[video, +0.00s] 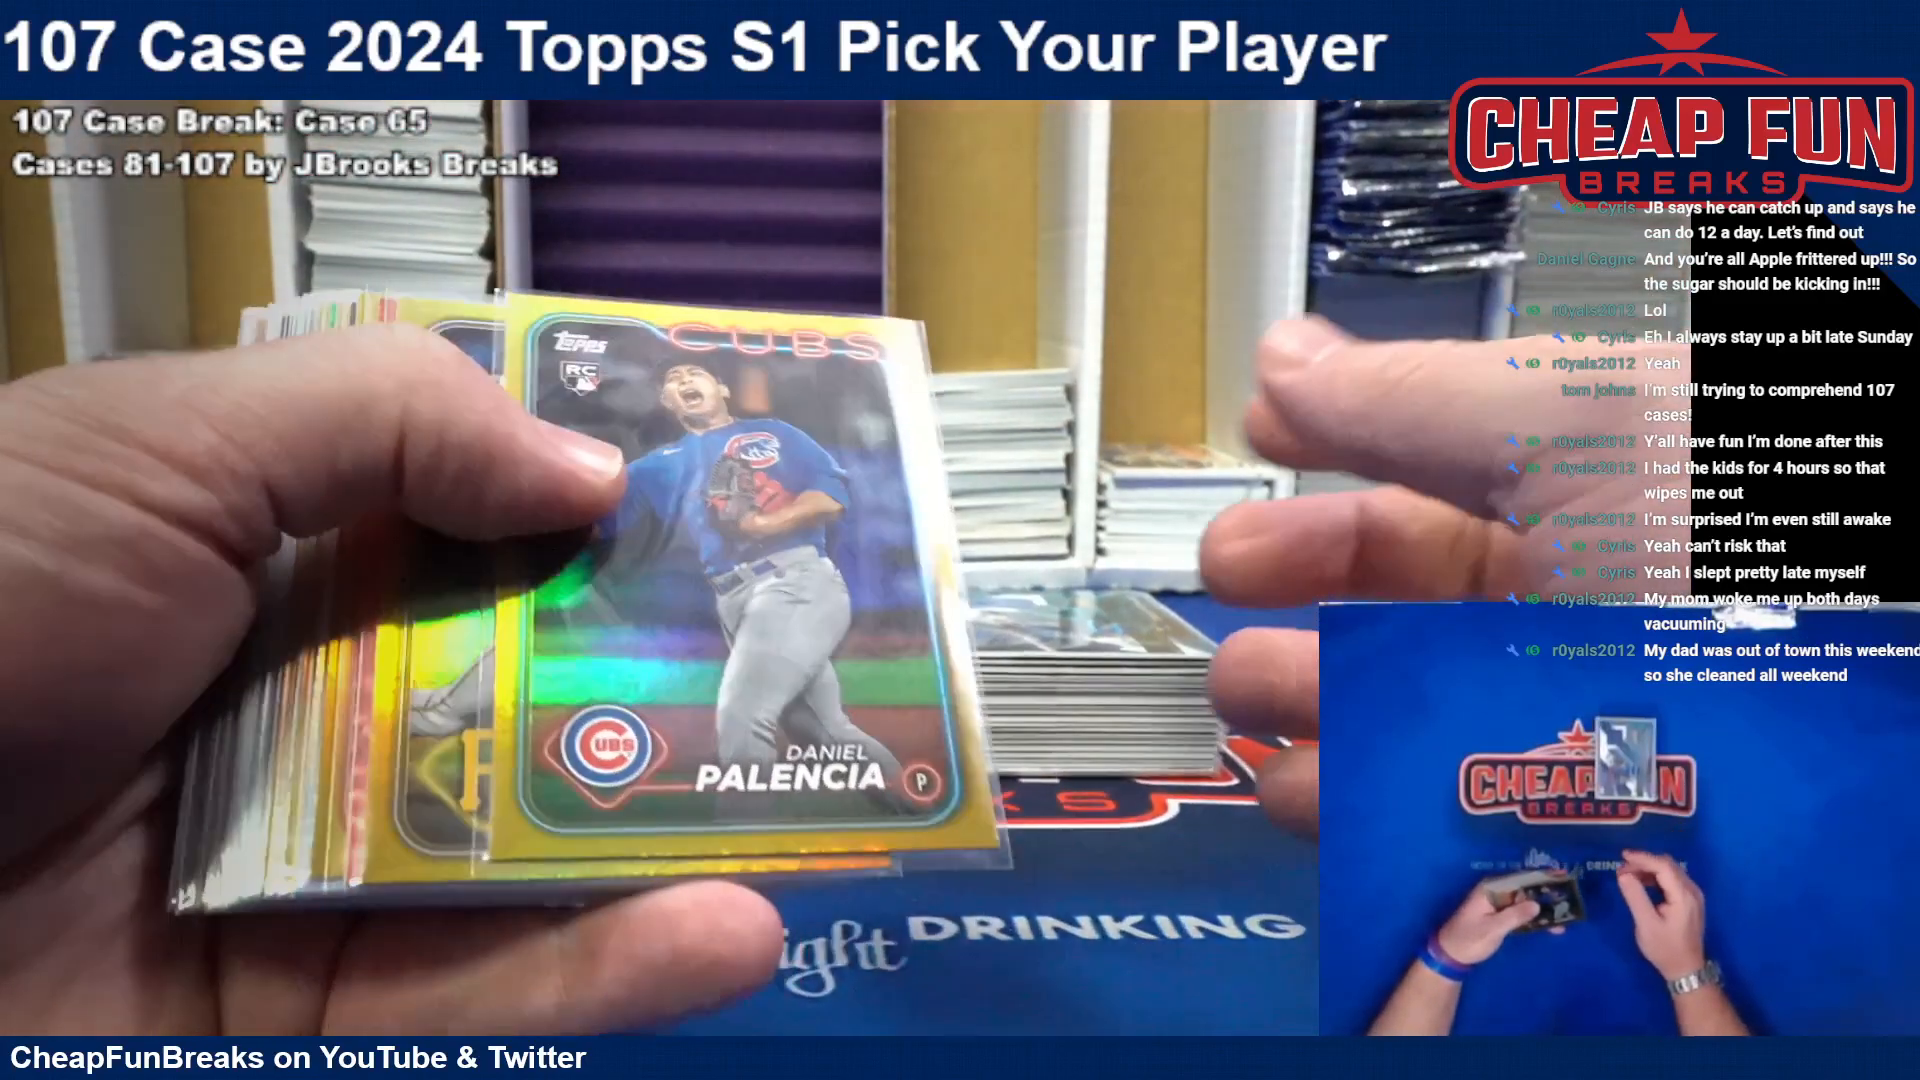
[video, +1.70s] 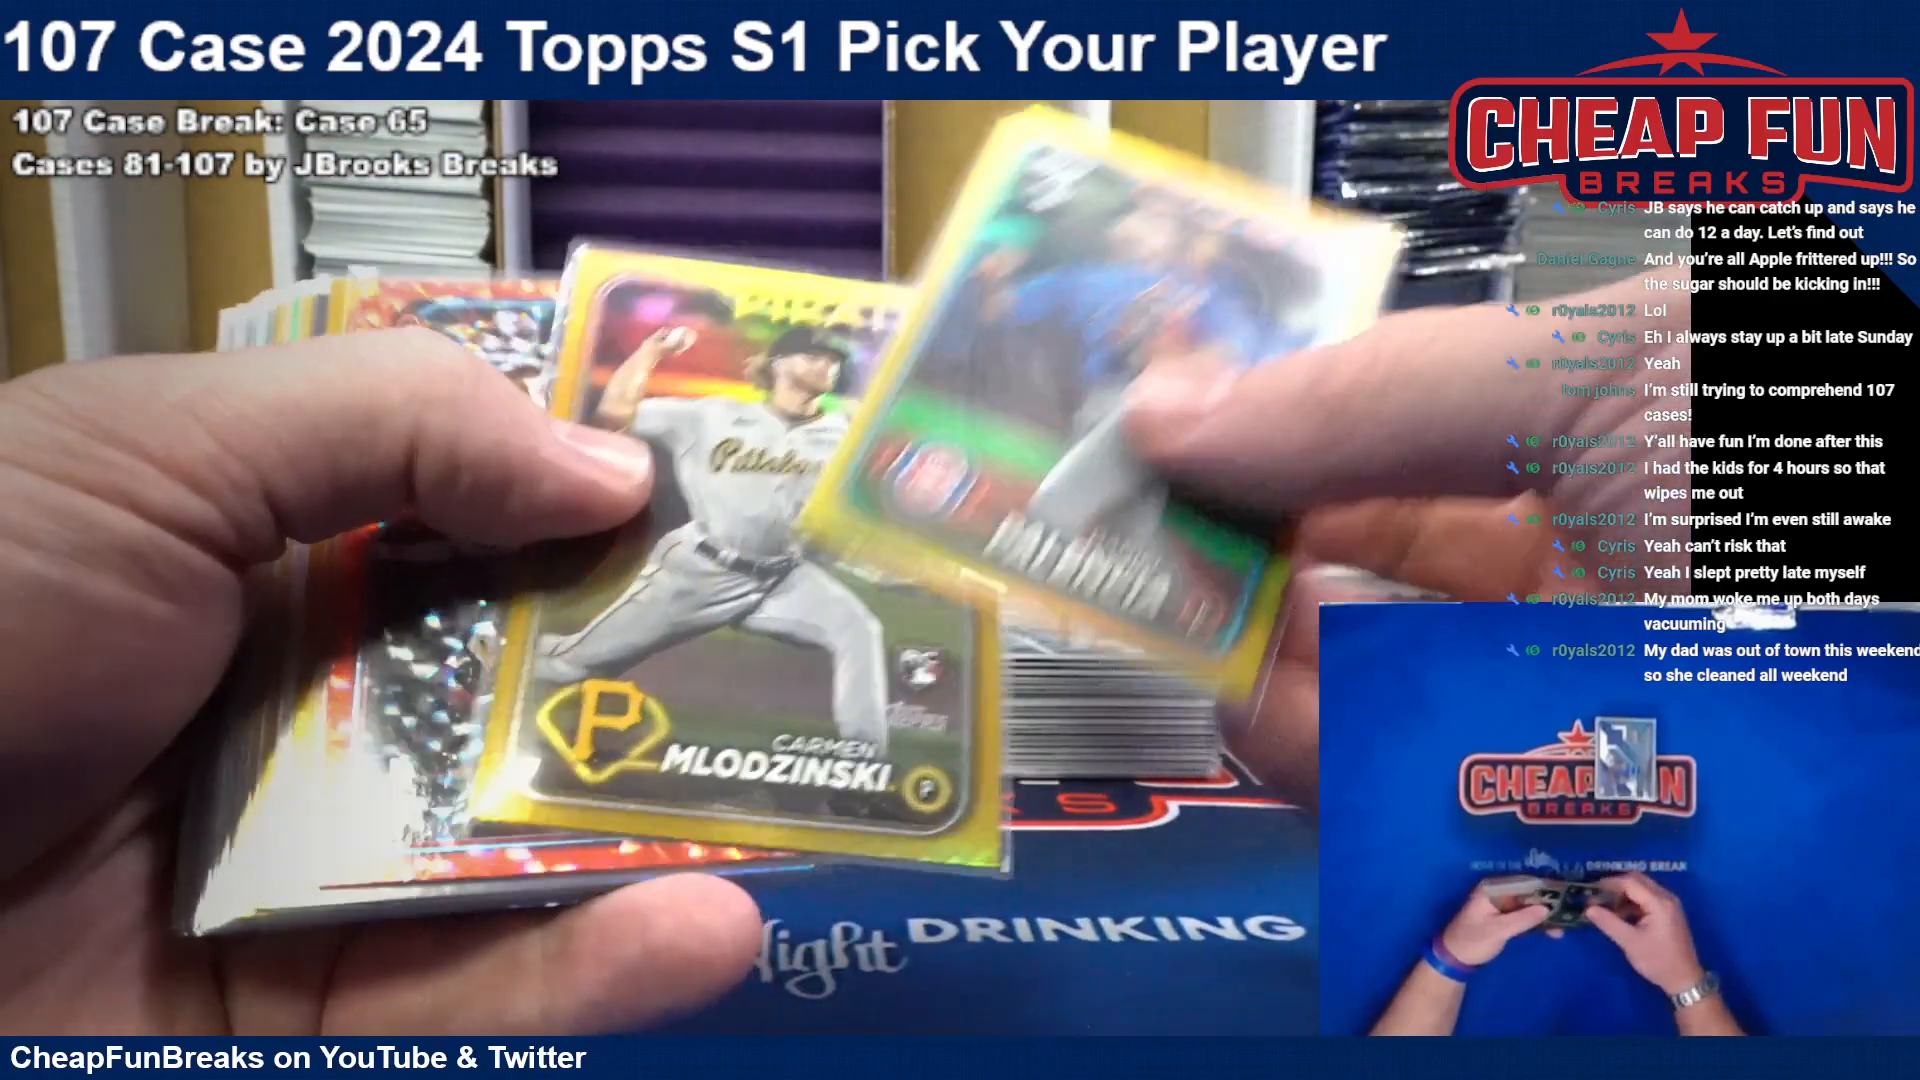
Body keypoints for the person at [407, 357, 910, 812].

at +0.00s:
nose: (686, 389)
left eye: (698, 381)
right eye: (675, 384)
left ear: (724, 394)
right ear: (665, 403)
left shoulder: (772, 433)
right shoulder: (671, 463)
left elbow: (828, 501)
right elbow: (597, 493)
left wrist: (761, 526)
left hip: (797, 585)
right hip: (742, 605)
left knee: (741, 719)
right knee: (830, 733)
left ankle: (747, 853)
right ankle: (908, 814)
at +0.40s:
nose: (717, 372)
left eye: (727, 362)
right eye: (705, 368)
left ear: (757, 376)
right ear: (697, 391)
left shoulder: (809, 422)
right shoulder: (694, 455)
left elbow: (864, 490)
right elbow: (618, 494)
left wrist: (794, 519)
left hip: (828, 580)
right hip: (760, 601)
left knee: (762, 723)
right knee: (849, 739)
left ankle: (759, 877)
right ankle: (945, 836)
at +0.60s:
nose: (797, 355)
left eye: (808, 343)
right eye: (784, 348)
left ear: (837, 350)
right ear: (771, 366)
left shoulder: (890, 395)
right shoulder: (773, 438)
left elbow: (956, 456)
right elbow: (689, 482)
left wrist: (900, 490)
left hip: (947, 540)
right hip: (868, 570)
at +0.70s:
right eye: (692, 395)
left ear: (712, 404)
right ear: (655, 400)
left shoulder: (697, 451)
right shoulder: (605, 448)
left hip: (690, 614)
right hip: (602, 612)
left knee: (773, 659)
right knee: (479, 708)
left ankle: (787, 816)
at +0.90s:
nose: (719, 384)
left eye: (725, 379)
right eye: (705, 374)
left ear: (732, 398)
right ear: (671, 387)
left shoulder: (760, 461)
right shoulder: (614, 440)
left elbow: (811, 517)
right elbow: (514, 435)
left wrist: (850, 563)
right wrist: (544, 376)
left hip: (695, 598)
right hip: (608, 594)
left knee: (777, 639)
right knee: (494, 686)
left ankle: (796, 786)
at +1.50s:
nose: (781, 388)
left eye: (786, 382)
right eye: (768, 379)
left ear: (792, 398)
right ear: (736, 388)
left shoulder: (818, 464)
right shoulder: (678, 437)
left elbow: (863, 520)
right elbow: (583, 432)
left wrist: (900, 571)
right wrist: (614, 373)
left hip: (747, 595)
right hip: (664, 587)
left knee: (824, 642)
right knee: (551, 673)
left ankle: (833, 784)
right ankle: (462, 668)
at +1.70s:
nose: (825, 368)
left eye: (830, 360)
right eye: (813, 356)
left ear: (833, 374)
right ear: (779, 363)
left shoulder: (838, 437)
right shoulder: (712, 416)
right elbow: (617, 409)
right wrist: (654, 348)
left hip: (782, 581)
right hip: (696, 572)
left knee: (858, 630)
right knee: (581, 660)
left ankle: (863, 779)